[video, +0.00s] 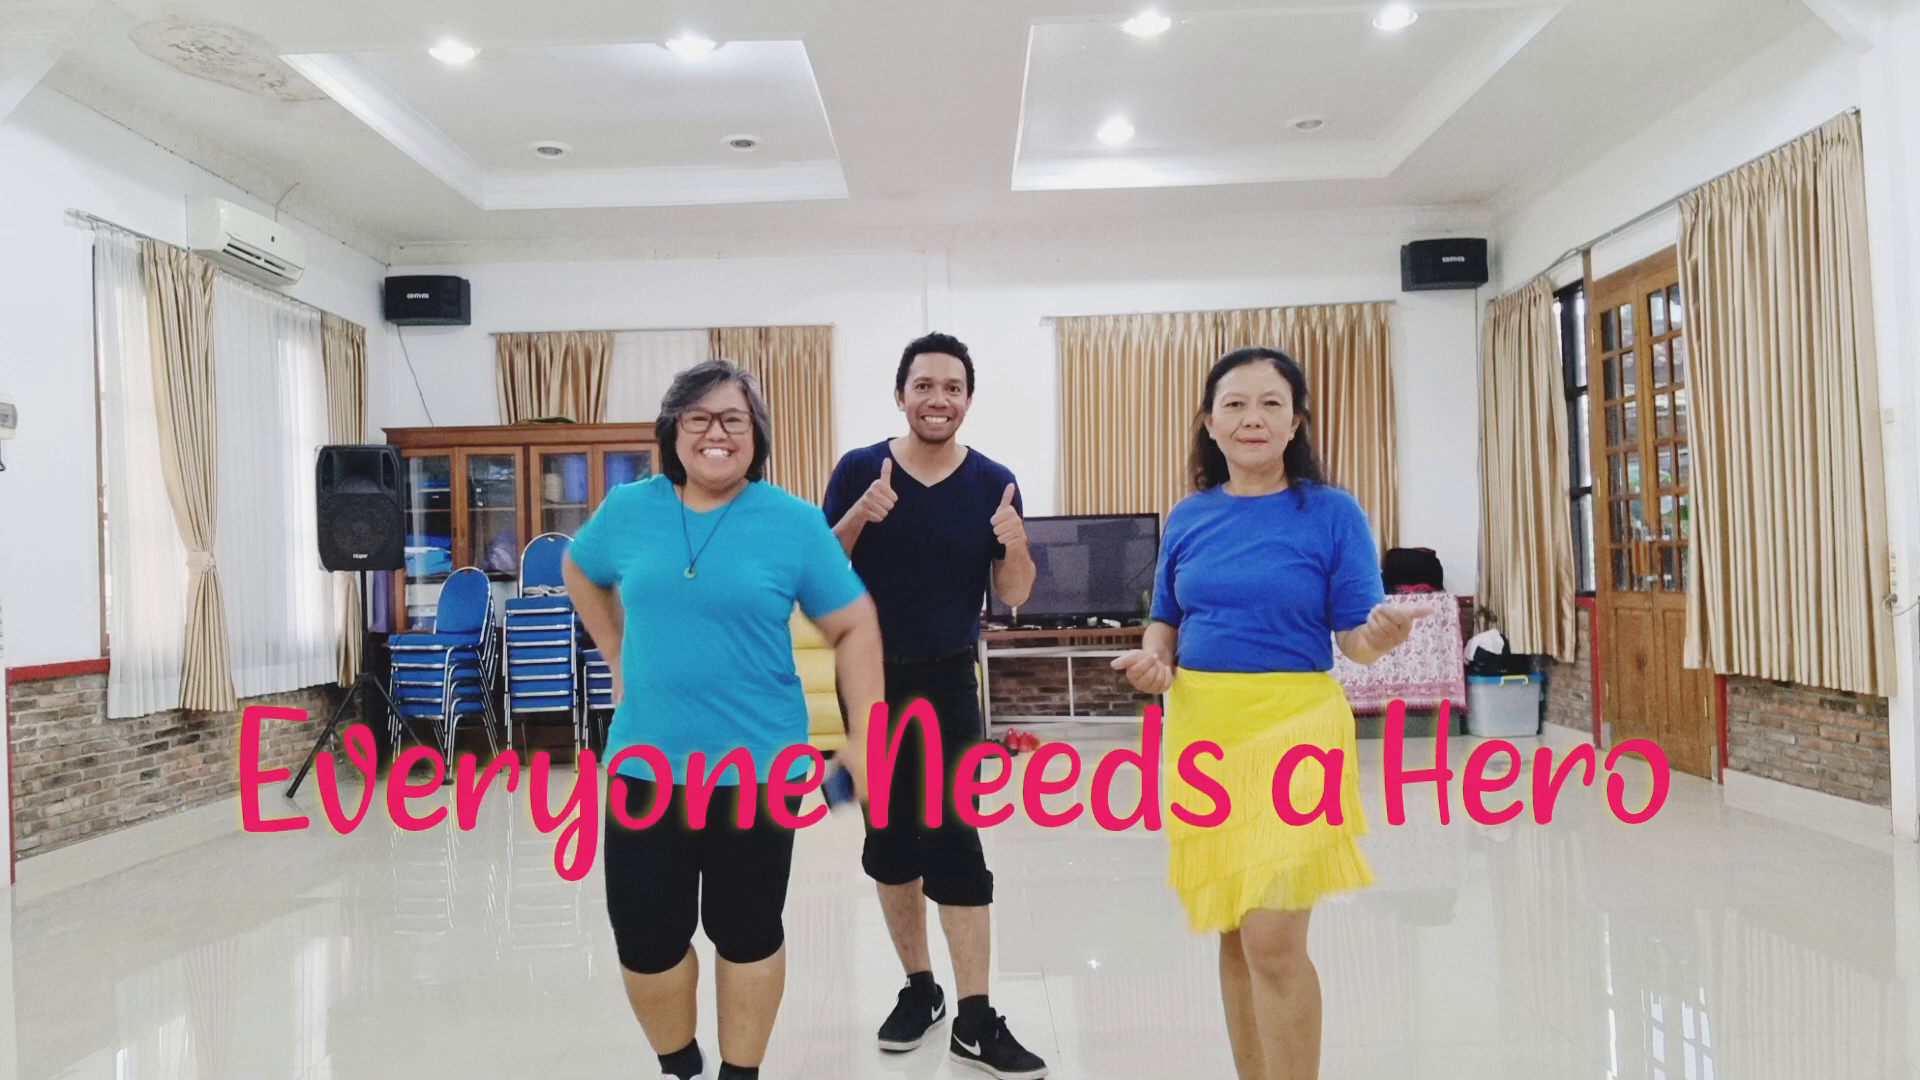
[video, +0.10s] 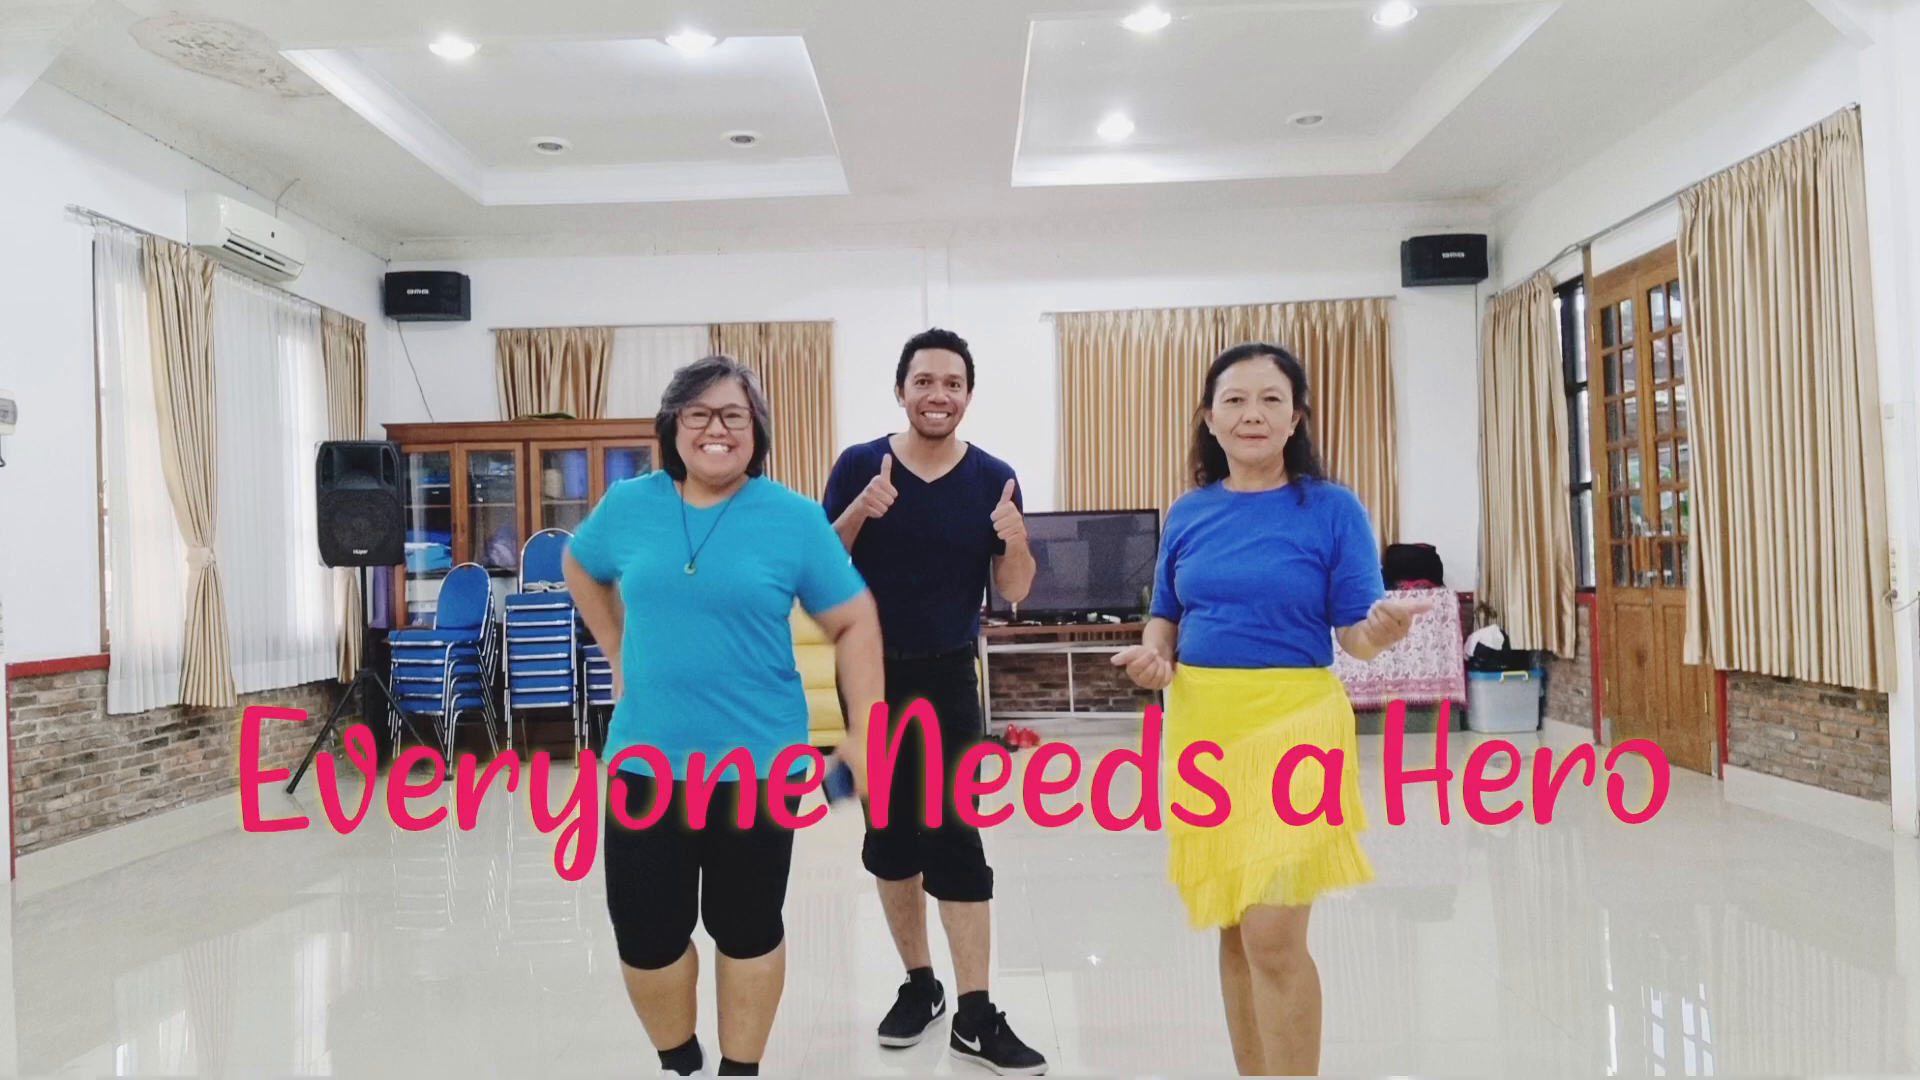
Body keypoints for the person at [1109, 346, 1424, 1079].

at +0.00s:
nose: (1252, 418)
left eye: (1270, 404)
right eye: (1234, 404)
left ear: (1295, 421)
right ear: (1210, 421)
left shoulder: (1333, 512)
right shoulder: (1186, 517)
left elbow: (1356, 643)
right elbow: (1163, 628)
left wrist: (1380, 635)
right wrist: (1151, 660)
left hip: (1297, 723)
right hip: (1204, 724)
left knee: (1272, 941)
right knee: (1237, 941)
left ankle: (1296, 1077)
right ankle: (1254, 1078)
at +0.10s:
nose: (1252, 414)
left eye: (1269, 399)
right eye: (1234, 400)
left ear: (1295, 416)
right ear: (1210, 417)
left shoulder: (1334, 508)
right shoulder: (1186, 513)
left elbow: (1356, 639)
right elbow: (1164, 620)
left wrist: (1381, 630)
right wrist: (1153, 655)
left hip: (1296, 719)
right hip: (1203, 720)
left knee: (1272, 937)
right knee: (1236, 936)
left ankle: (1297, 1078)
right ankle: (1256, 1078)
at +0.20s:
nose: (1252, 383)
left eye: (1269, 369)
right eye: (1234, 370)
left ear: (1295, 386)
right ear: (1210, 387)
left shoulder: (1334, 478)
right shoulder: (1186, 482)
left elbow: (1356, 608)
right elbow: (1163, 590)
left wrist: (1381, 600)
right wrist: (1152, 624)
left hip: (1295, 688)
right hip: (1202, 689)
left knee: (1272, 907)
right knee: (1236, 906)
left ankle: (1296, 1066)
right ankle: (1256, 1062)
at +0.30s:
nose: (1252, 302)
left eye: (1270, 287)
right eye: (1234, 288)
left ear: (1295, 304)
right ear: (1210, 305)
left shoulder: (1333, 396)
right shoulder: (1186, 401)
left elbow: (1356, 526)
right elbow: (1163, 508)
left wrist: (1380, 516)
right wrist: (1150, 542)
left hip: (1295, 607)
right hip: (1202, 608)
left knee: (1272, 817)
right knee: (1233, 818)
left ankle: (1296, 1004)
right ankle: (1259, 997)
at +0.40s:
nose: (1252, 141)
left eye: (1270, 127)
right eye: (1235, 128)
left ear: (1296, 143)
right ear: (1210, 145)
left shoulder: (1333, 236)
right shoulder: (1186, 241)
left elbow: (1357, 367)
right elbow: (1163, 346)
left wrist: (1381, 357)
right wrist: (1152, 381)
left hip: (1295, 446)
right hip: (1202, 449)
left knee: (1271, 663)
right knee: (1236, 663)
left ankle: (1304, 836)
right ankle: (1255, 830)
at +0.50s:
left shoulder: (1339, 1)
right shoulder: (1183, 3)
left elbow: (1355, 100)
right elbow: (1164, 78)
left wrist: (1384, 93)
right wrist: (1154, 117)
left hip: (1294, 179)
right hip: (1204, 182)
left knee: (1271, 400)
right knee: (1237, 400)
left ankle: (1295, 587)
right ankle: (1257, 577)